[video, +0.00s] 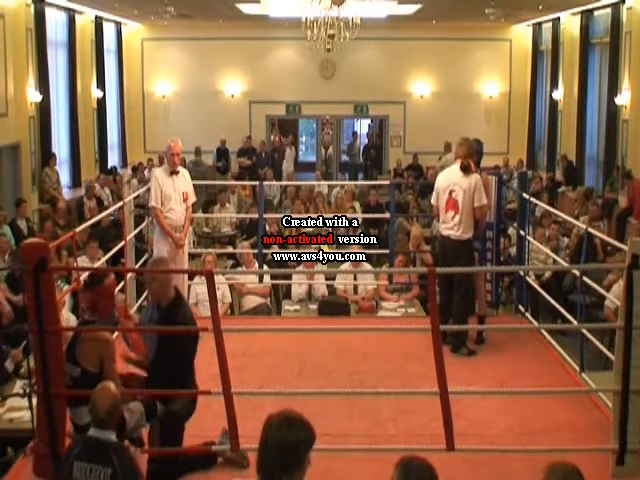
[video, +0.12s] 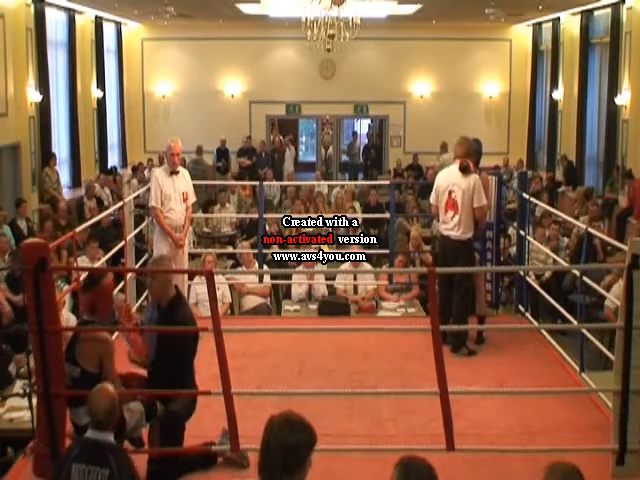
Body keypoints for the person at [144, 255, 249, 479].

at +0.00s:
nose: (148, 287)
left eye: (153, 280)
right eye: (147, 280)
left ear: (168, 281)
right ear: (150, 280)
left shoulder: (180, 320)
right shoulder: (160, 309)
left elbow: (170, 374)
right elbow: (157, 361)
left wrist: (146, 404)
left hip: (177, 396)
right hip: (162, 390)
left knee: (160, 470)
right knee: (160, 467)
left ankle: (216, 452)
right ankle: (215, 448)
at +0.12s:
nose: (148, 285)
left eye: (153, 278)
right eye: (148, 278)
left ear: (167, 280)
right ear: (150, 279)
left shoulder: (180, 318)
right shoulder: (159, 308)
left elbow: (172, 372)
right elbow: (152, 357)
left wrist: (147, 406)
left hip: (176, 397)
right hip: (161, 391)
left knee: (161, 469)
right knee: (158, 467)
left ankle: (216, 451)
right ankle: (215, 449)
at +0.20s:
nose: (149, 284)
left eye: (154, 278)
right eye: (148, 278)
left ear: (169, 279)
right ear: (151, 278)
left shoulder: (179, 318)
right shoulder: (160, 308)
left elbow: (169, 373)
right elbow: (148, 360)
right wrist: (135, 335)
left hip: (176, 396)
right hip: (162, 391)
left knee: (161, 469)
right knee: (158, 467)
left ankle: (217, 451)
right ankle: (215, 449)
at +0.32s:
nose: (150, 284)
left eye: (155, 278)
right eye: (149, 277)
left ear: (170, 279)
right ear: (148, 278)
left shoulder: (181, 319)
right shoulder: (160, 307)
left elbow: (167, 374)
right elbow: (149, 358)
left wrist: (139, 334)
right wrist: (134, 335)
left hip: (176, 397)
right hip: (161, 390)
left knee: (160, 470)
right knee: (159, 467)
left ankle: (217, 451)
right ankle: (215, 449)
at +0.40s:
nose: (149, 284)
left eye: (155, 278)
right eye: (149, 277)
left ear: (170, 278)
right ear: (148, 278)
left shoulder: (181, 319)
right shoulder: (159, 307)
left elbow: (165, 372)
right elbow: (146, 356)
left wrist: (140, 334)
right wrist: (134, 333)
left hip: (177, 396)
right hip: (160, 389)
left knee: (160, 470)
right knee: (161, 467)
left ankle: (217, 451)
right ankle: (215, 449)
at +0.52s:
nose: (149, 286)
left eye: (154, 280)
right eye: (147, 280)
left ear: (169, 280)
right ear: (148, 279)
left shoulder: (180, 318)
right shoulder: (158, 307)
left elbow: (171, 372)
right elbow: (141, 347)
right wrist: (133, 334)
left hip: (178, 396)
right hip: (161, 390)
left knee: (161, 470)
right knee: (159, 467)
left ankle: (217, 452)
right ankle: (215, 449)